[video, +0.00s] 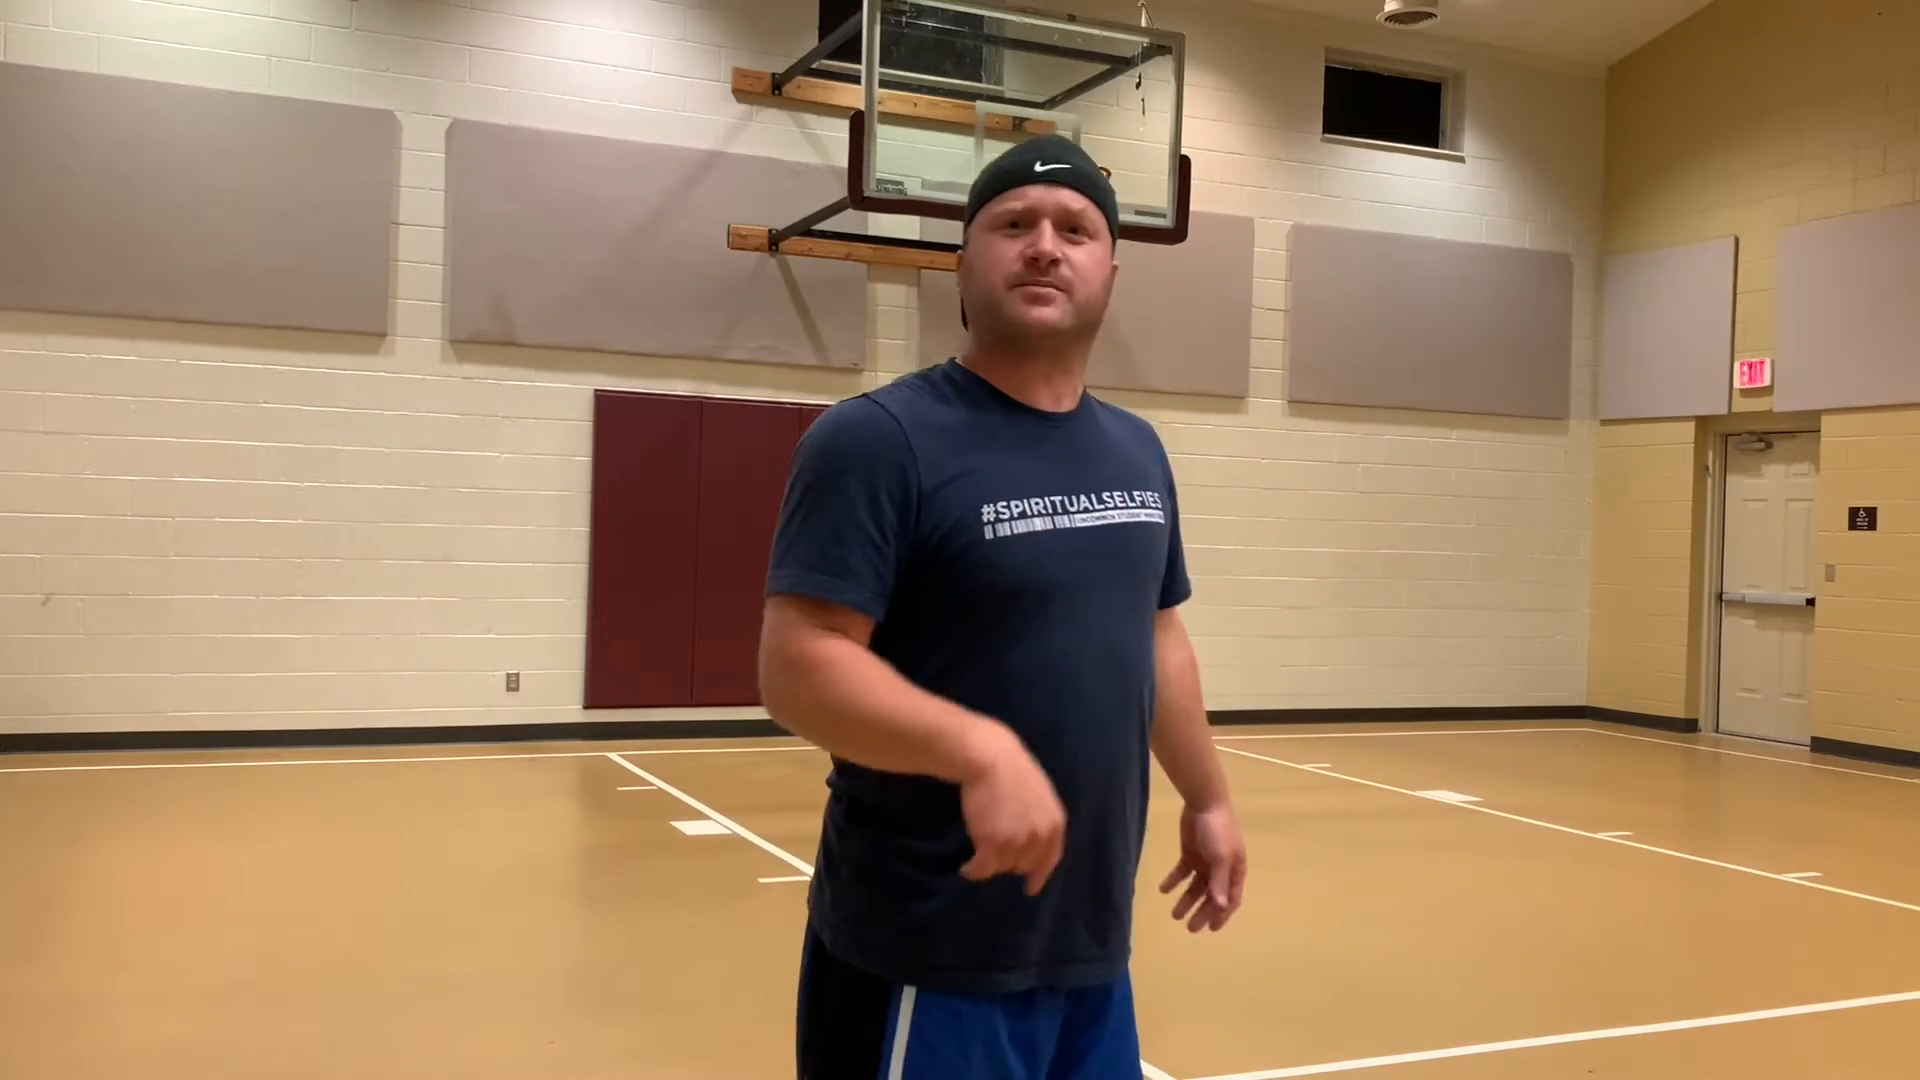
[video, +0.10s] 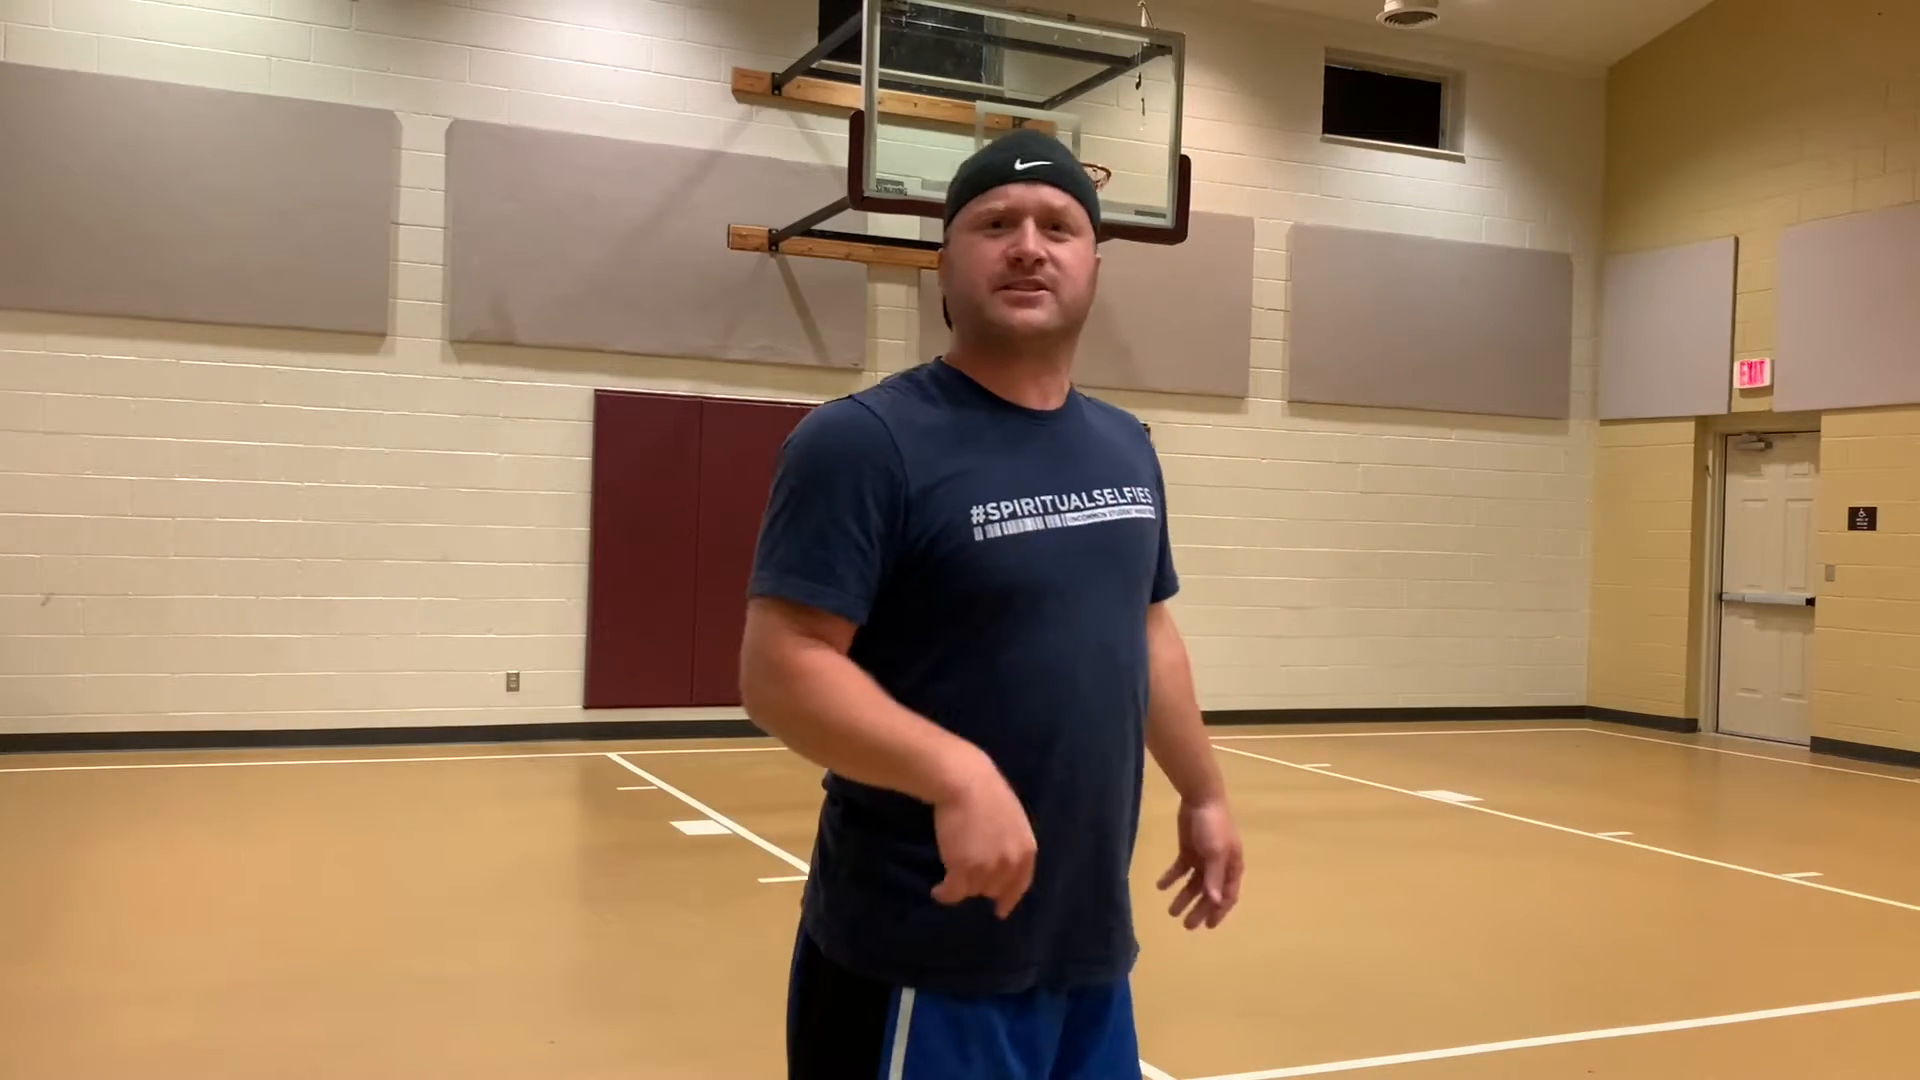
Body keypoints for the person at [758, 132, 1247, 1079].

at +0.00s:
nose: (1044, 247)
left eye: (1074, 229)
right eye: (1014, 224)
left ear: (1112, 273)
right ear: (962, 263)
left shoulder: (1135, 450)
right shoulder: (875, 440)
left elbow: (1155, 631)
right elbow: (797, 663)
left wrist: (1207, 794)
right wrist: (981, 750)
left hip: (1089, 947)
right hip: (918, 958)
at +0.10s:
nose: (1028, 249)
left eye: (1058, 228)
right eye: (996, 225)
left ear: (1095, 267)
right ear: (943, 263)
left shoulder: (1124, 446)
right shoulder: (861, 442)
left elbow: (1146, 627)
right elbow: (780, 667)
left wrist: (1203, 791)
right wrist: (958, 774)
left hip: (1085, 953)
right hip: (913, 965)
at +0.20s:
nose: (1017, 245)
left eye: (1046, 223)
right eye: (982, 222)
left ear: (1084, 263)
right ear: (932, 261)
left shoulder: (1117, 444)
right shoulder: (850, 447)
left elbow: (1139, 623)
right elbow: (775, 676)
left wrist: (1214, 788)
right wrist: (958, 774)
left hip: (1081, 963)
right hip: (905, 971)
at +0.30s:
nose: (1009, 234)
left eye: (1038, 216)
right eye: (973, 215)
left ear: (1075, 263)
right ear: (921, 264)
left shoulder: (1108, 442)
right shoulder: (842, 450)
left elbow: (1140, 621)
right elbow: (781, 688)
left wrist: (1229, 780)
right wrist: (969, 737)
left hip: (1074, 960)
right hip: (901, 975)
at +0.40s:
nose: (1002, 236)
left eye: (1030, 215)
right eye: (966, 215)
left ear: (1068, 260)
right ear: (911, 263)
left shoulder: (1101, 440)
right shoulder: (837, 453)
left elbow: (1140, 621)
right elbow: (791, 702)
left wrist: (1239, 767)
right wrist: (977, 682)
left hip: (1073, 958)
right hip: (901, 976)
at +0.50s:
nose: (995, 247)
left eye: (1025, 223)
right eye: (960, 223)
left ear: (1065, 260)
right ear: (907, 263)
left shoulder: (1097, 437)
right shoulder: (835, 455)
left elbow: (1134, 618)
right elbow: (797, 710)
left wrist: (1242, 763)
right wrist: (974, 626)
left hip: (1072, 954)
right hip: (901, 973)